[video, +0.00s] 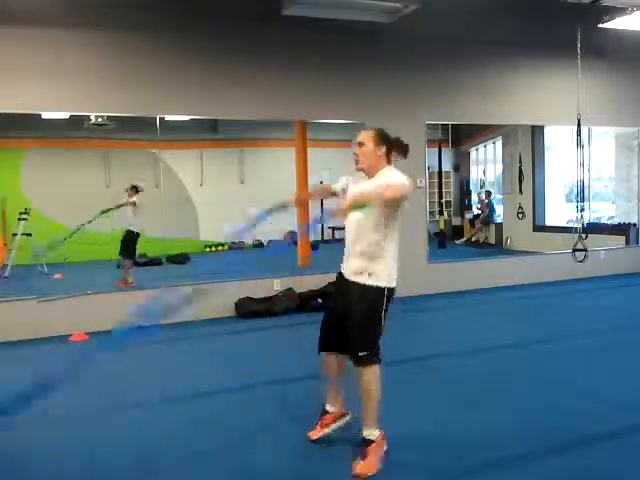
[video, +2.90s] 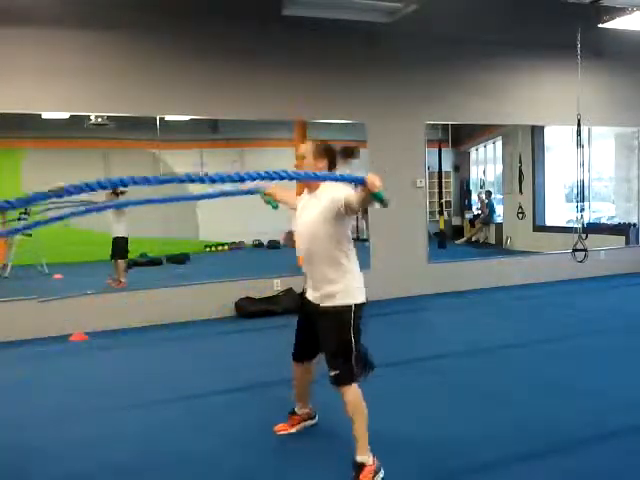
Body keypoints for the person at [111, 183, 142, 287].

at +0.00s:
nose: (127, 192)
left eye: (129, 191)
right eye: (128, 190)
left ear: (134, 192)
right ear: (133, 192)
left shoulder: (134, 202)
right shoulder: (130, 202)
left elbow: (125, 204)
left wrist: (112, 209)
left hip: (133, 229)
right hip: (129, 229)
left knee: (126, 255)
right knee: (126, 255)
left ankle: (127, 279)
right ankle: (126, 278)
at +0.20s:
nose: (121, 202)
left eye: (122, 199)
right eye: (121, 199)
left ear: (127, 199)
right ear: (129, 198)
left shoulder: (131, 208)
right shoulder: (129, 207)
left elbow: (124, 214)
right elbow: (124, 214)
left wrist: (117, 214)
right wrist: (117, 214)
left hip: (132, 233)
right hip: (130, 232)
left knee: (128, 256)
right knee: (126, 256)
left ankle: (130, 279)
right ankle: (127, 277)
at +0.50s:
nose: (119, 193)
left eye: (121, 191)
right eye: (119, 191)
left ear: (126, 191)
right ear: (126, 191)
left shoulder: (130, 199)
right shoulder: (124, 201)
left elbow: (128, 210)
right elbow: (120, 211)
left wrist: (116, 211)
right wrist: (111, 211)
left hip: (126, 228)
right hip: (121, 227)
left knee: (117, 253)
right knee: (115, 252)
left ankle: (118, 274)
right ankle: (116, 274)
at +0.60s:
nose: (120, 196)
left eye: (122, 194)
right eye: (120, 194)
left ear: (126, 194)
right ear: (128, 195)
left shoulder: (128, 204)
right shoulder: (124, 204)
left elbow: (117, 215)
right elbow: (116, 216)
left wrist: (103, 213)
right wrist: (104, 219)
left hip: (122, 233)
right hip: (120, 232)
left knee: (113, 257)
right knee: (114, 257)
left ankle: (113, 278)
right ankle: (113, 277)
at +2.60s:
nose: (117, 195)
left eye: (119, 194)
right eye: (118, 193)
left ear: (124, 195)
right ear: (123, 195)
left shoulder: (124, 205)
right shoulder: (120, 204)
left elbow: (122, 216)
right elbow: (116, 217)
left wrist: (108, 217)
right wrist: (102, 219)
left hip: (121, 236)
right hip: (117, 235)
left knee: (116, 260)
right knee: (114, 259)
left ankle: (116, 279)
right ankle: (115, 279)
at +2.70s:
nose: (118, 189)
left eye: (120, 187)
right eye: (119, 187)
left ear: (124, 189)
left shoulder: (125, 197)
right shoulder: (118, 199)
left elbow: (124, 204)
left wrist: (104, 204)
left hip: (121, 231)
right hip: (115, 230)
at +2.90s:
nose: (108, 197)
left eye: (110, 195)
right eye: (109, 195)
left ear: (114, 195)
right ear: (114, 195)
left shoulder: (119, 205)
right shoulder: (113, 205)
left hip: (121, 234)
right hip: (116, 234)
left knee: (120, 259)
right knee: (116, 259)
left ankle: (122, 280)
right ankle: (118, 278)